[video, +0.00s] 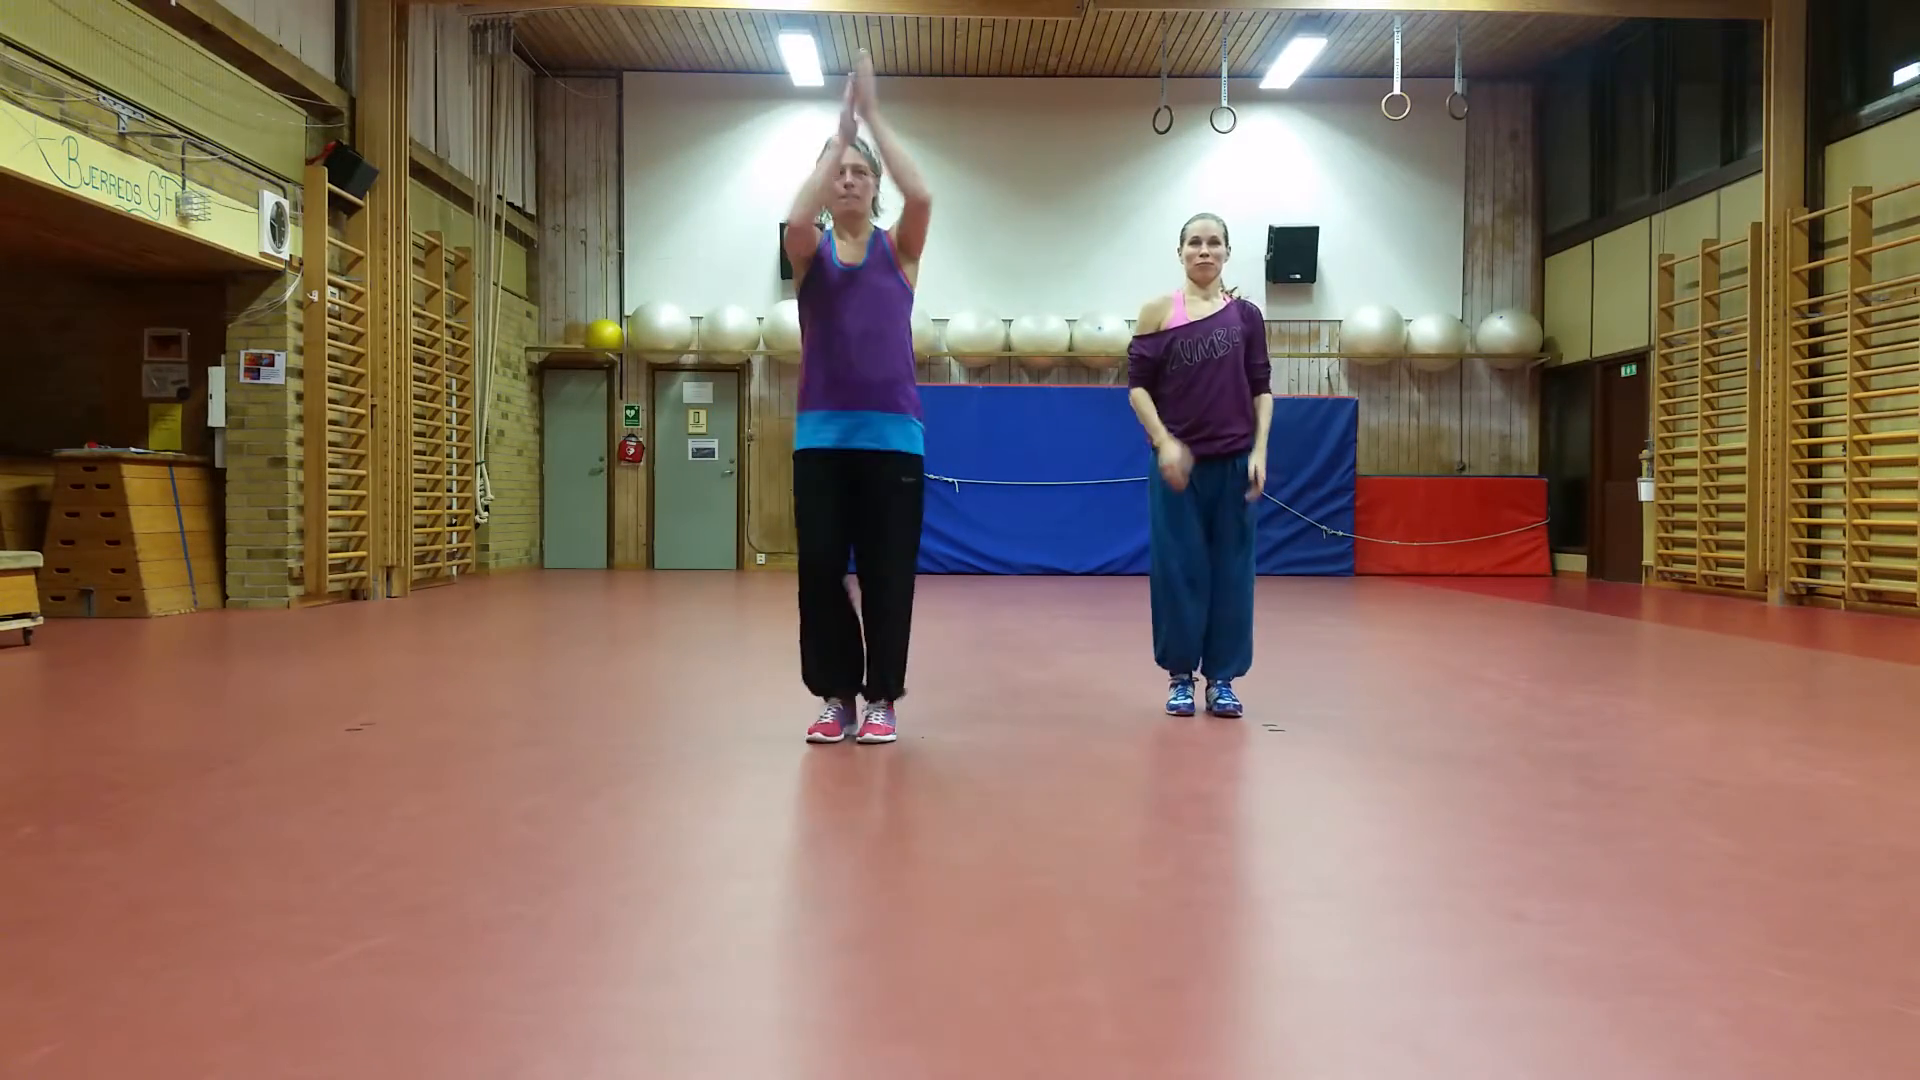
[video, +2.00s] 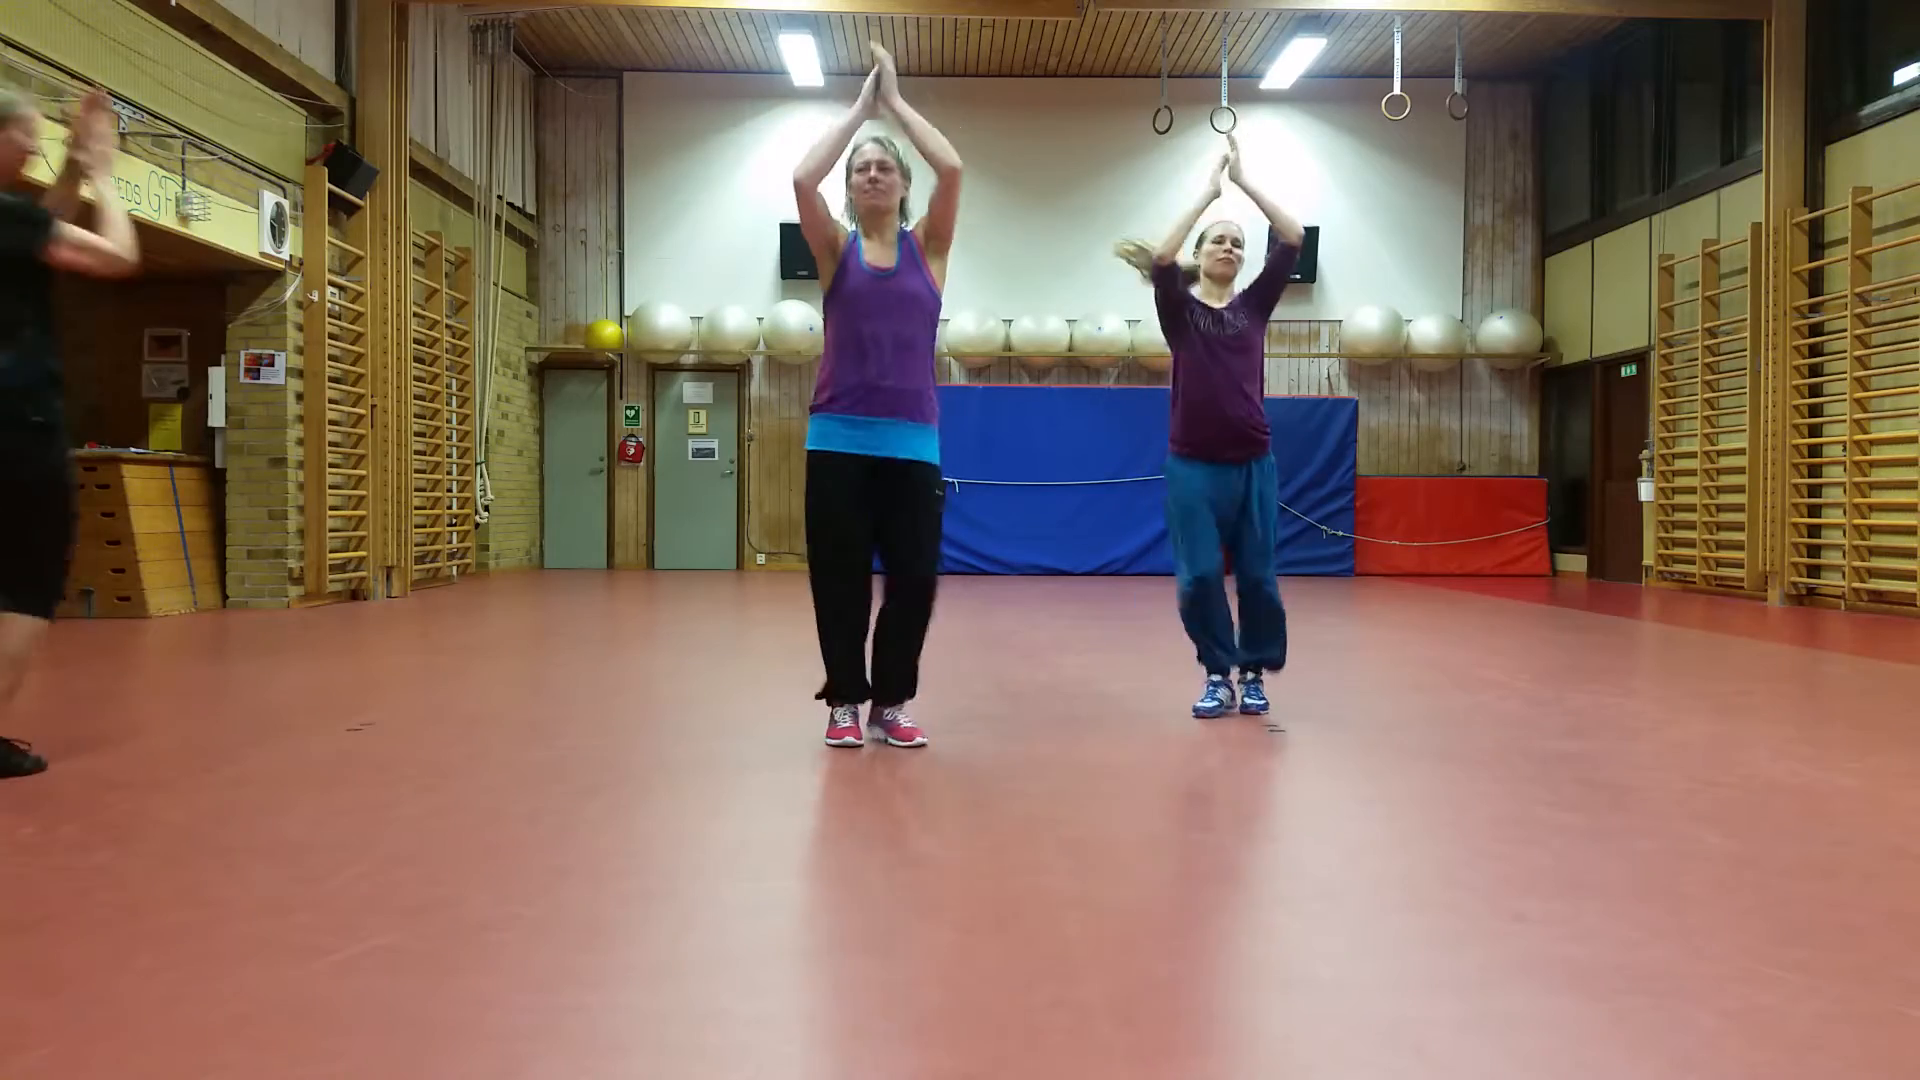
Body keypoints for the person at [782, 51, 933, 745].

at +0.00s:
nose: (849, 176)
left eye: (860, 169)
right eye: (839, 168)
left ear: (877, 187)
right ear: (824, 185)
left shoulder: (898, 248)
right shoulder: (810, 251)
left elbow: (919, 198)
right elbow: (797, 221)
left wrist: (874, 117)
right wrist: (839, 130)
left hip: (892, 431)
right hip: (823, 431)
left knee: (887, 571)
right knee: (819, 570)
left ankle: (882, 700)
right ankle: (838, 698)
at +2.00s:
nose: (873, 173)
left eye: (885, 167)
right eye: (862, 166)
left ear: (904, 185)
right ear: (849, 185)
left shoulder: (928, 249)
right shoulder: (835, 250)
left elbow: (952, 168)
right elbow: (805, 181)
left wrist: (896, 102)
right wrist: (861, 106)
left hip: (913, 440)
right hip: (840, 437)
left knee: (914, 580)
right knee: (840, 578)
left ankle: (891, 701)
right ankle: (846, 703)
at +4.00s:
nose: (889, 170)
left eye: (902, 162)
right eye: (877, 163)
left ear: (921, 182)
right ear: (864, 184)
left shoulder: (947, 249)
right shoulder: (847, 250)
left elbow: (989, 210)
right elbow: (799, 234)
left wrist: (929, 145)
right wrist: (849, 157)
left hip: (941, 442)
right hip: (864, 443)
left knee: (940, 584)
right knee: (847, 575)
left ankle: (939, 711)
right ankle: (879, 709)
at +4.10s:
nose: (890, 157)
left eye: (902, 149)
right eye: (879, 150)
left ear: (922, 168)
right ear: (865, 170)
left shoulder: (948, 234)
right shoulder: (846, 238)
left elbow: (1015, 236)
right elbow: (772, 266)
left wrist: (947, 180)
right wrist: (807, 196)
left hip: (939, 426)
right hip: (863, 424)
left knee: (943, 573)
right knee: (831, 560)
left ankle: (939, 708)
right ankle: (861, 693)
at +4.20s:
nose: (885, 144)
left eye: (897, 136)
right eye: (874, 136)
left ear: (918, 154)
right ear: (860, 156)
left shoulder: (947, 219)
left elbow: (1020, 269)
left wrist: (982, 240)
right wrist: (777, 251)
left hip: (934, 413)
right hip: (858, 409)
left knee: (933, 565)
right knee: (832, 551)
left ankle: (935, 703)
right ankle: (844, 689)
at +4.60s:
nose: (890, 163)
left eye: (901, 154)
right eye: (879, 156)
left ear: (923, 168)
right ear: (864, 173)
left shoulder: (948, 229)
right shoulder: (843, 235)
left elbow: (997, 260)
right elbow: (771, 259)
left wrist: (924, 226)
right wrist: (849, 282)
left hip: (946, 423)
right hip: (864, 424)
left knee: (1004, 551)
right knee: (790, 539)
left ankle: (1043, 683)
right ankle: (775, 678)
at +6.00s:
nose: (908, 184)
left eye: (919, 178)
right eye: (897, 177)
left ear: (936, 196)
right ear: (879, 194)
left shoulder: (954, 261)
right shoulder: (855, 257)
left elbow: (996, 257)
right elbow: (810, 300)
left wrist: (949, 183)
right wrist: (879, 271)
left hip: (951, 451)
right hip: (866, 452)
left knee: (1023, 573)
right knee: (802, 579)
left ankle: (1068, 701)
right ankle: (756, 708)